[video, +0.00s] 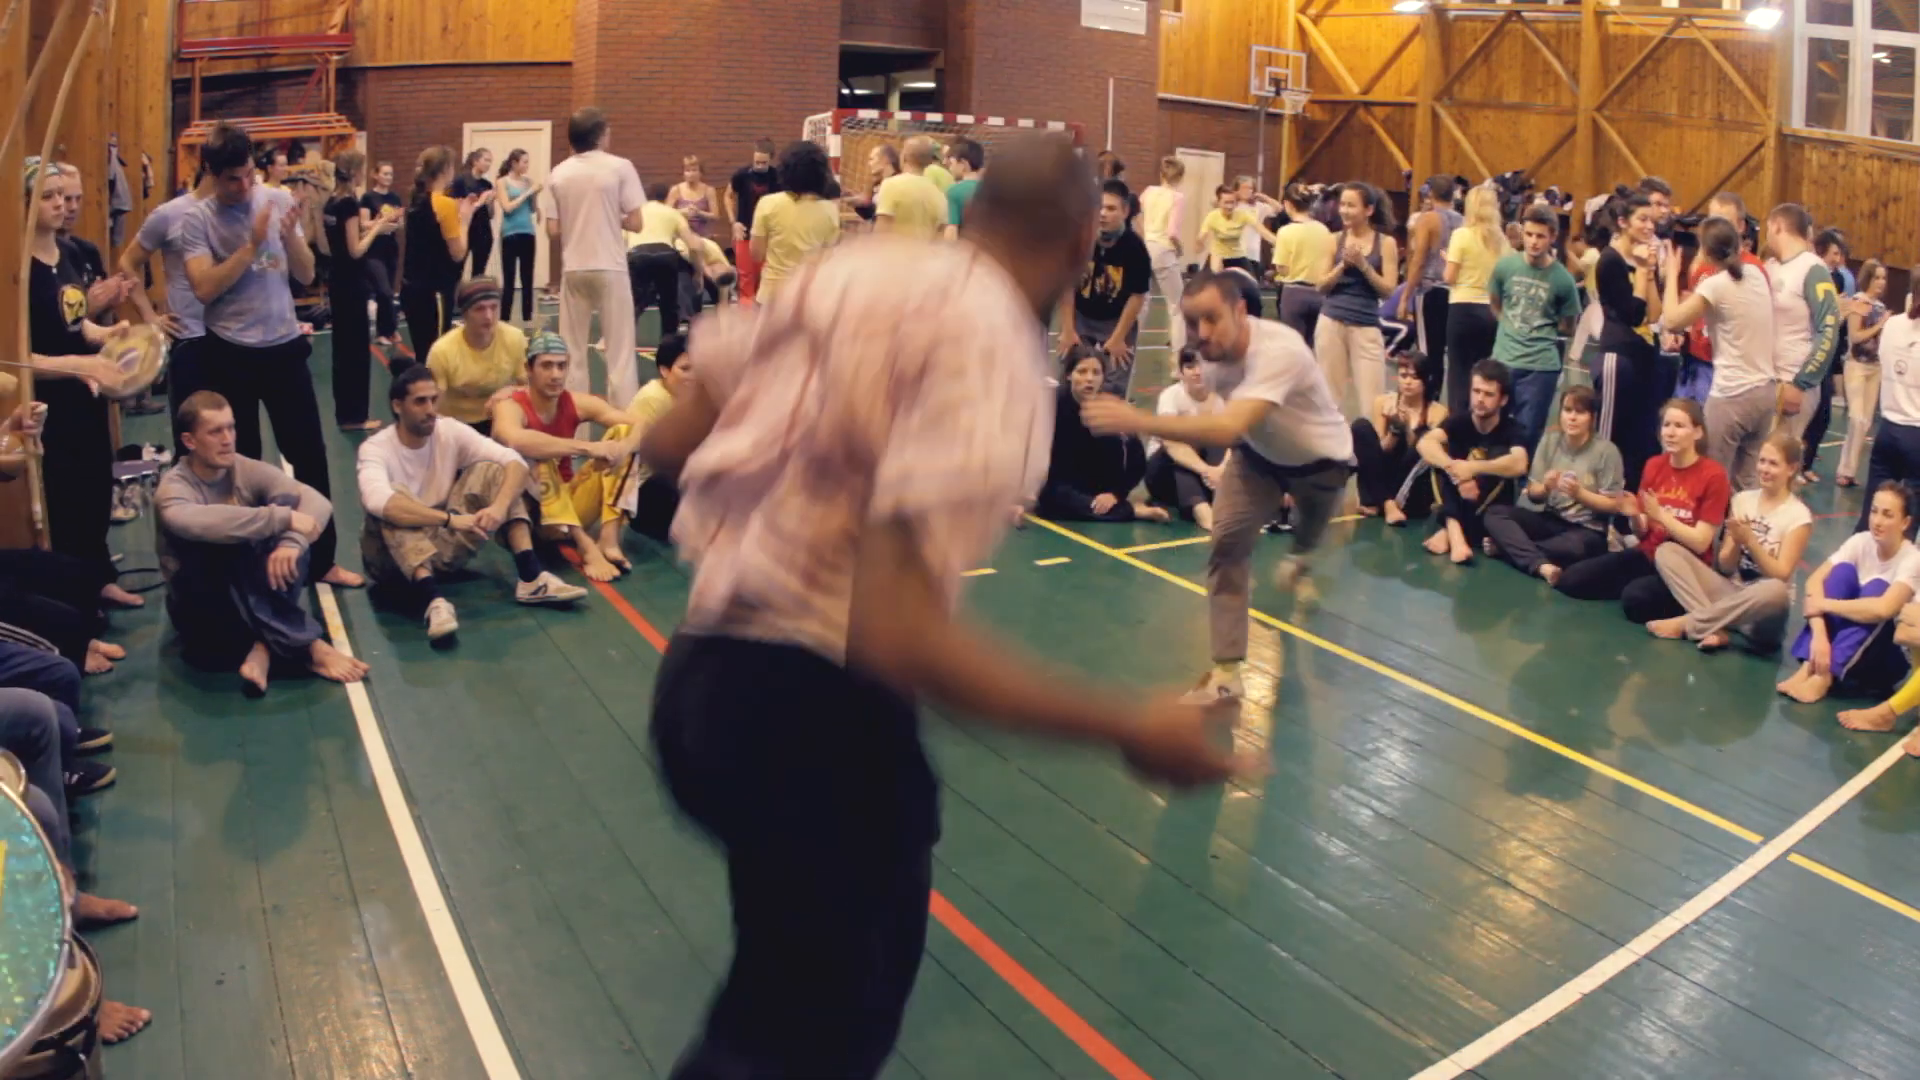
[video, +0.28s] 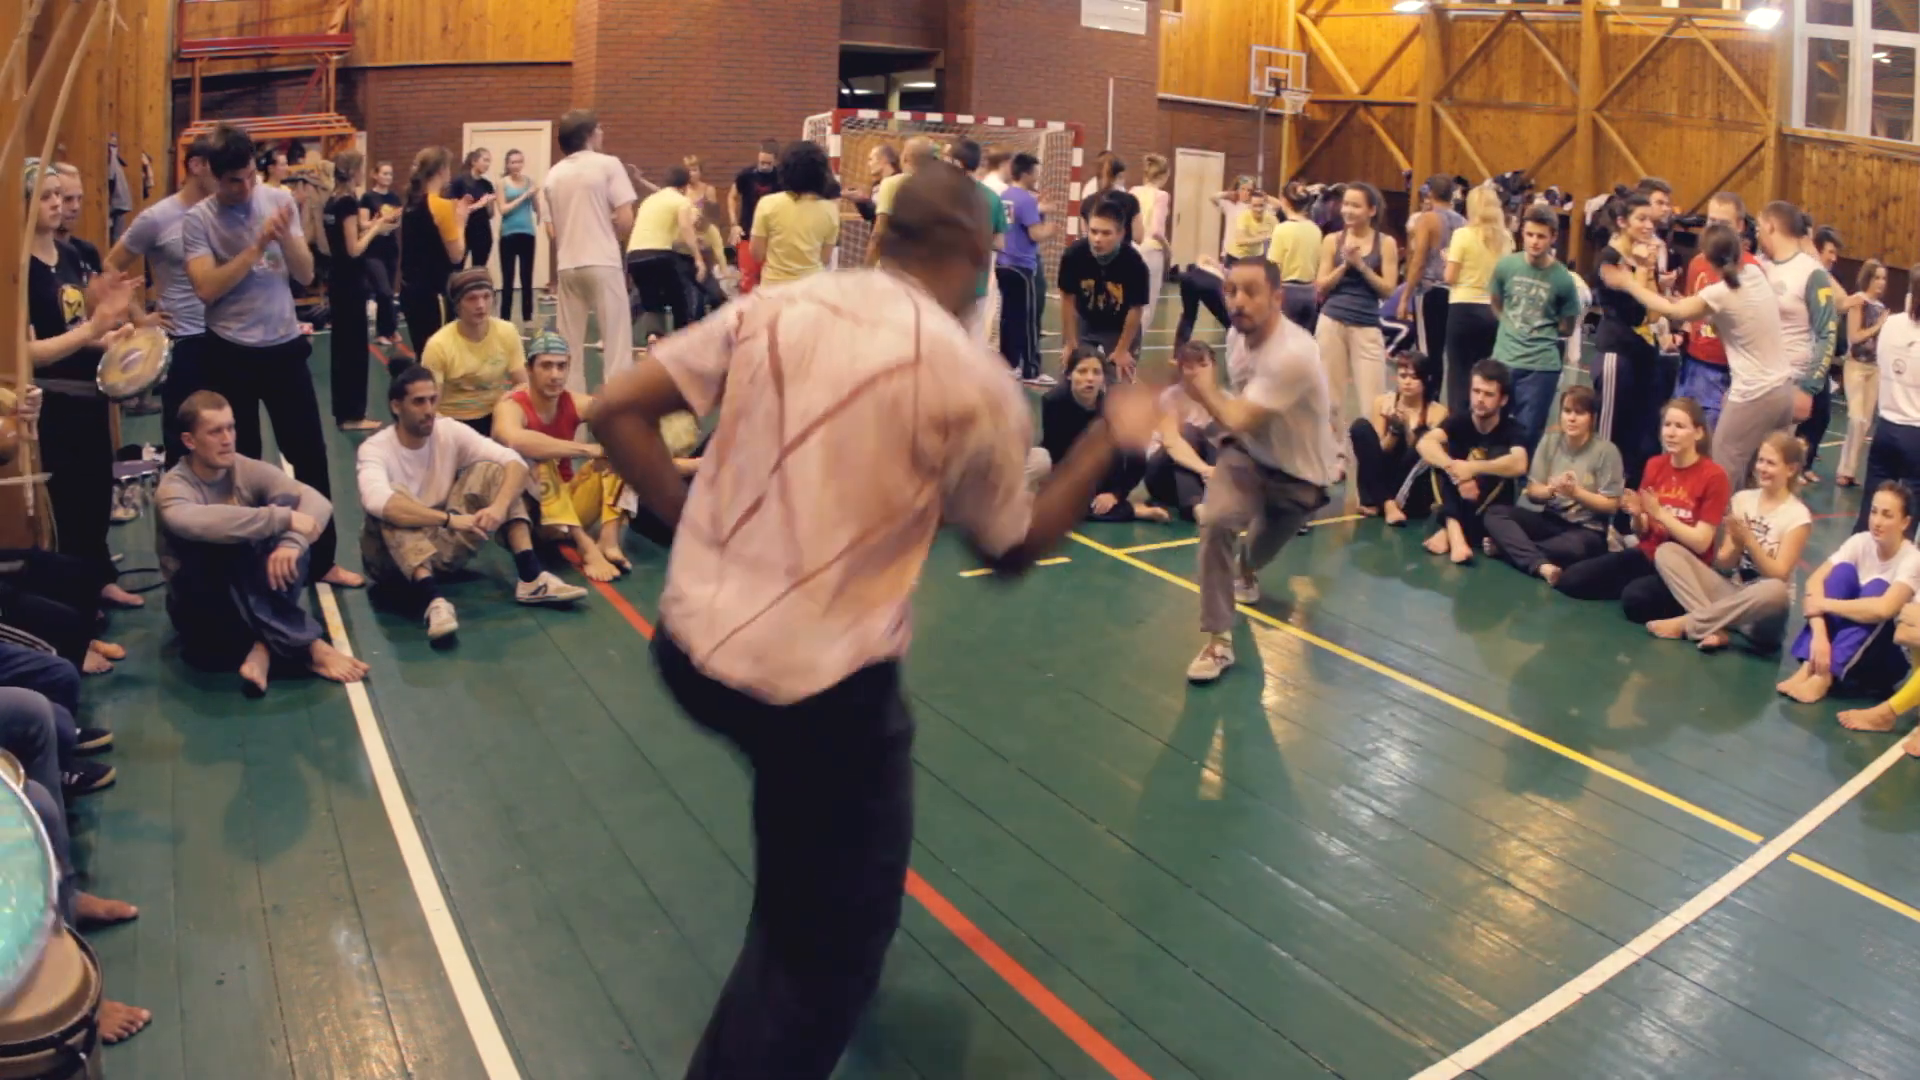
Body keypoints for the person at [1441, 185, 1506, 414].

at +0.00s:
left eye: (1467, 204)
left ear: (1469, 207)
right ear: (1495, 209)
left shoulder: (1461, 235)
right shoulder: (1502, 240)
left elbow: (1450, 275)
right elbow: (1506, 273)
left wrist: (1447, 260)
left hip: (1462, 304)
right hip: (1489, 306)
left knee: (1458, 371)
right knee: (1482, 369)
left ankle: (1457, 423)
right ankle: (1481, 424)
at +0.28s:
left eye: (1469, 206)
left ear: (1471, 208)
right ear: (1497, 208)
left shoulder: (1462, 235)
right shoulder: (1507, 238)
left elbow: (1451, 275)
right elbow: (1507, 274)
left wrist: (1446, 261)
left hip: (1463, 302)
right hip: (1492, 304)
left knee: (1458, 370)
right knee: (1484, 367)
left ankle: (1458, 422)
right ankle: (1482, 424)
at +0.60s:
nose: (1463, 210)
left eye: (1465, 206)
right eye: (1465, 206)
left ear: (1468, 208)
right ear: (1493, 208)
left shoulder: (1463, 235)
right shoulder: (1499, 239)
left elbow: (1452, 276)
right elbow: (1499, 275)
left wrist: (1446, 261)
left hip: (1461, 305)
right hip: (1488, 306)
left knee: (1457, 374)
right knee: (1482, 371)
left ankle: (1457, 425)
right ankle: (1480, 426)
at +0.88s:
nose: (1459, 210)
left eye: (1460, 206)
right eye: (1460, 206)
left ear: (1465, 208)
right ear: (1489, 208)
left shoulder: (1461, 235)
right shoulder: (1494, 240)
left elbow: (1450, 276)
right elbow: (1492, 274)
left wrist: (1439, 261)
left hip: (1459, 306)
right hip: (1485, 306)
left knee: (1454, 375)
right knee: (1474, 372)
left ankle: (1455, 427)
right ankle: (1472, 426)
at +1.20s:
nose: (1450, 209)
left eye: (1452, 204)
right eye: (1452, 204)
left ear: (1456, 208)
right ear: (1480, 208)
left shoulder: (1455, 237)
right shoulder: (1488, 238)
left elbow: (1447, 279)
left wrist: (1435, 263)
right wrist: (1442, 260)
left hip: (1456, 308)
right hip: (1480, 308)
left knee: (1446, 368)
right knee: (1466, 369)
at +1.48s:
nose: (1438, 210)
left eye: (1440, 206)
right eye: (1439, 206)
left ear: (1445, 208)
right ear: (1468, 209)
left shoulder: (1447, 238)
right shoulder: (1473, 238)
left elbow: (1440, 280)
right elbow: (1470, 274)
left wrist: (1422, 263)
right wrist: (1429, 261)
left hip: (1446, 307)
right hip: (1467, 305)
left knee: (1444, 371)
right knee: (1451, 371)